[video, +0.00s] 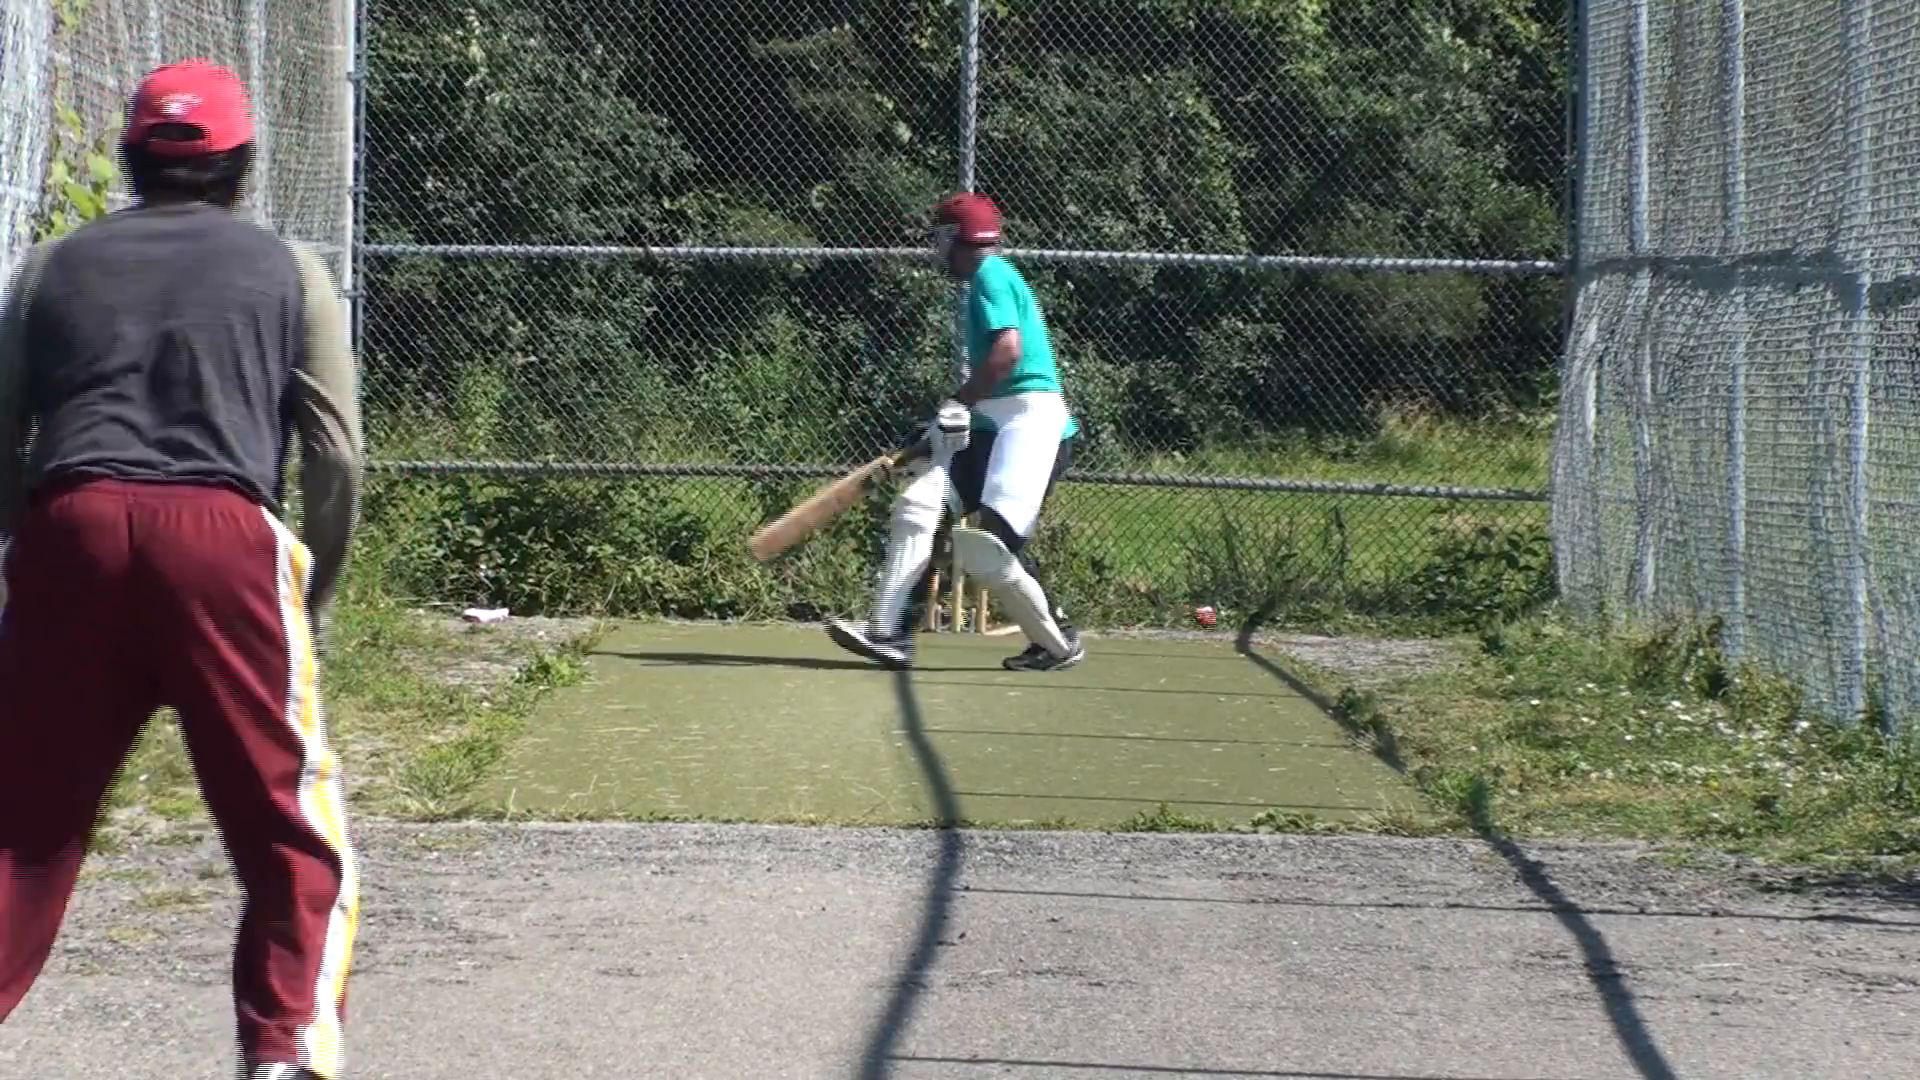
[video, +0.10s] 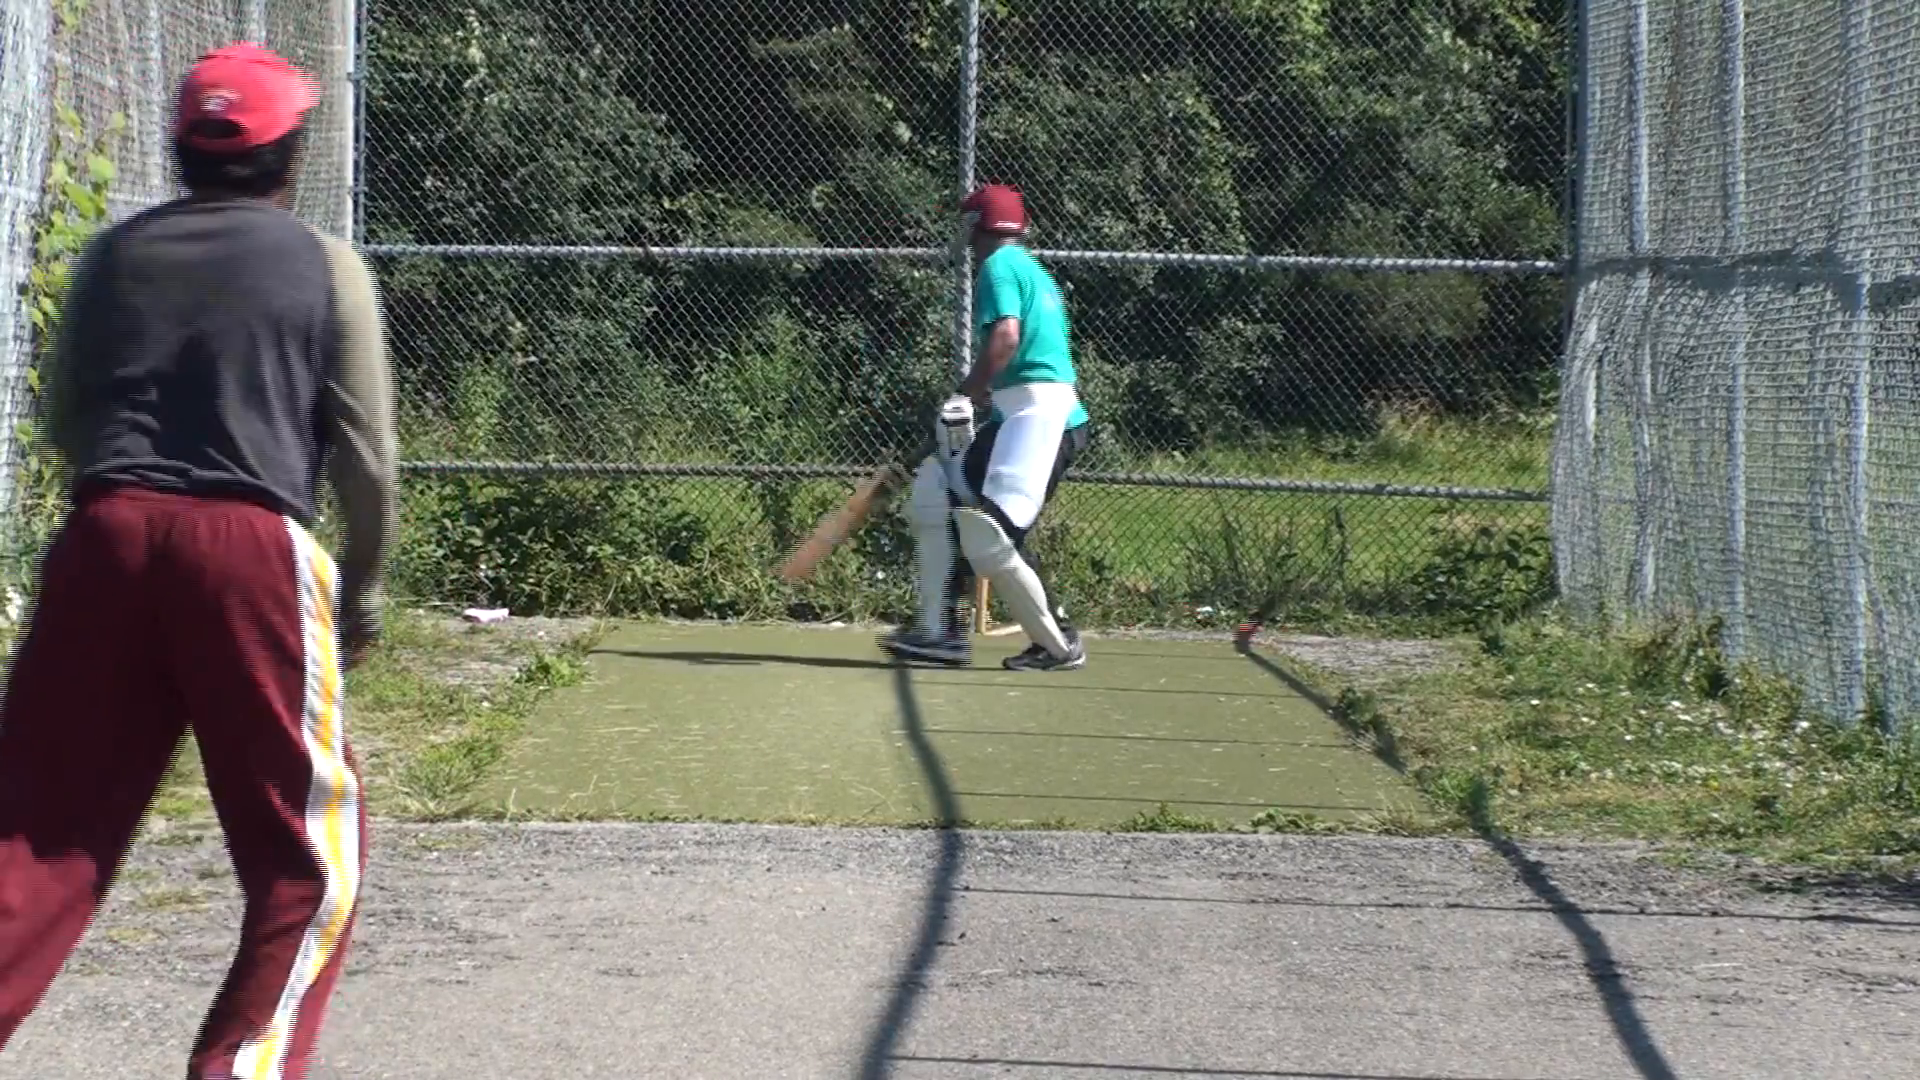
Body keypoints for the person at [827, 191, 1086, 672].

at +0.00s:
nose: (936, 247)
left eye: (942, 237)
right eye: (936, 237)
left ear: (964, 238)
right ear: (977, 239)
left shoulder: (992, 276)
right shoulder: (980, 286)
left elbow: (1007, 350)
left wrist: (962, 402)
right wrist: (944, 431)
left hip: (1028, 417)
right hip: (987, 419)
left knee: (984, 543)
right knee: (915, 509)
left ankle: (1056, 642)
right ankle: (890, 630)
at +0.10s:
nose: (966, 238)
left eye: (970, 228)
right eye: (967, 228)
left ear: (986, 228)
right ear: (1013, 230)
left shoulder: (1000, 265)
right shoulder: (1035, 272)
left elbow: (1007, 336)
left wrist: (969, 392)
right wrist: (985, 402)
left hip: (1036, 415)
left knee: (988, 528)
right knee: (931, 490)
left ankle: (1055, 644)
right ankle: (940, 632)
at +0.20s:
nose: (980, 226)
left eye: (984, 216)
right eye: (981, 216)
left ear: (999, 217)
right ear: (1033, 221)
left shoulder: (1010, 257)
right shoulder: (1056, 267)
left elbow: (1010, 328)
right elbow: (1063, 342)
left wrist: (973, 391)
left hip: (1044, 412)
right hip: (1074, 411)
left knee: (1004, 525)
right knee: (1003, 514)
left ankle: (1055, 641)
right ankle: (1007, 622)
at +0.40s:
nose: (996, 234)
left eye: (1004, 223)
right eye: (996, 223)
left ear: (1029, 226)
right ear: (1042, 229)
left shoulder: (1036, 269)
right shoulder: (1064, 270)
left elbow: (1050, 343)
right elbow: (1089, 350)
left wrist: (1017, 391)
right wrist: (1031, 398)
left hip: (1072, 409)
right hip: (1094, 407)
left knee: (1007, 518)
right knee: (1039, 517)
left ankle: (1055, 643)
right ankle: (1077, 628)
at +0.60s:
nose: (1046, 218)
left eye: (1054, 207)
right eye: (1033, 213)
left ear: (1073, 208)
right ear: (1021, 223)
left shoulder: (1088, 260)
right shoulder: (1048, 273)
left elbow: (1114, 337)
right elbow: (1070, 349)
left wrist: (1074, 399)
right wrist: (1060, 419)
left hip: (1115, 394)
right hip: (1082, 397)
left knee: (1070, 505)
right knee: (1039, 517)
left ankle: (1077, 635)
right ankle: (1066, 626)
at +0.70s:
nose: (1064, 217)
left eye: (1074, 207)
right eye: (1051, 211)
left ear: (1092, 208)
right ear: (1038, 219)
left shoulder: (1113, 259)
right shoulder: (1053, 272)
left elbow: (1137, 333)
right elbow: (1073, 341)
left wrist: (1099, 391)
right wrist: (1073, 410)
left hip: (1132, 392)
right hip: (1084, 394)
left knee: (1098, 504)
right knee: (1053, 519)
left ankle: (1122, 639)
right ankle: (1068, 636)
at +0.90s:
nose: (1110, 219)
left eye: (1119, 209)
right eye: (1098, 211)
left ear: (1133, 214)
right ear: (1081, 220)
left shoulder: (1156, 268)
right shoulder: (1080, 272)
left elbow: (1180, 351)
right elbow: (1075, 341)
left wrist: (1150, 414)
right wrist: (1050, 411)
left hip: (1164, 398)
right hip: (1109, 401)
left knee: (1153, 520)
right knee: (1059, 509)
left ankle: (1177, 640)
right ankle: (1076, 636)